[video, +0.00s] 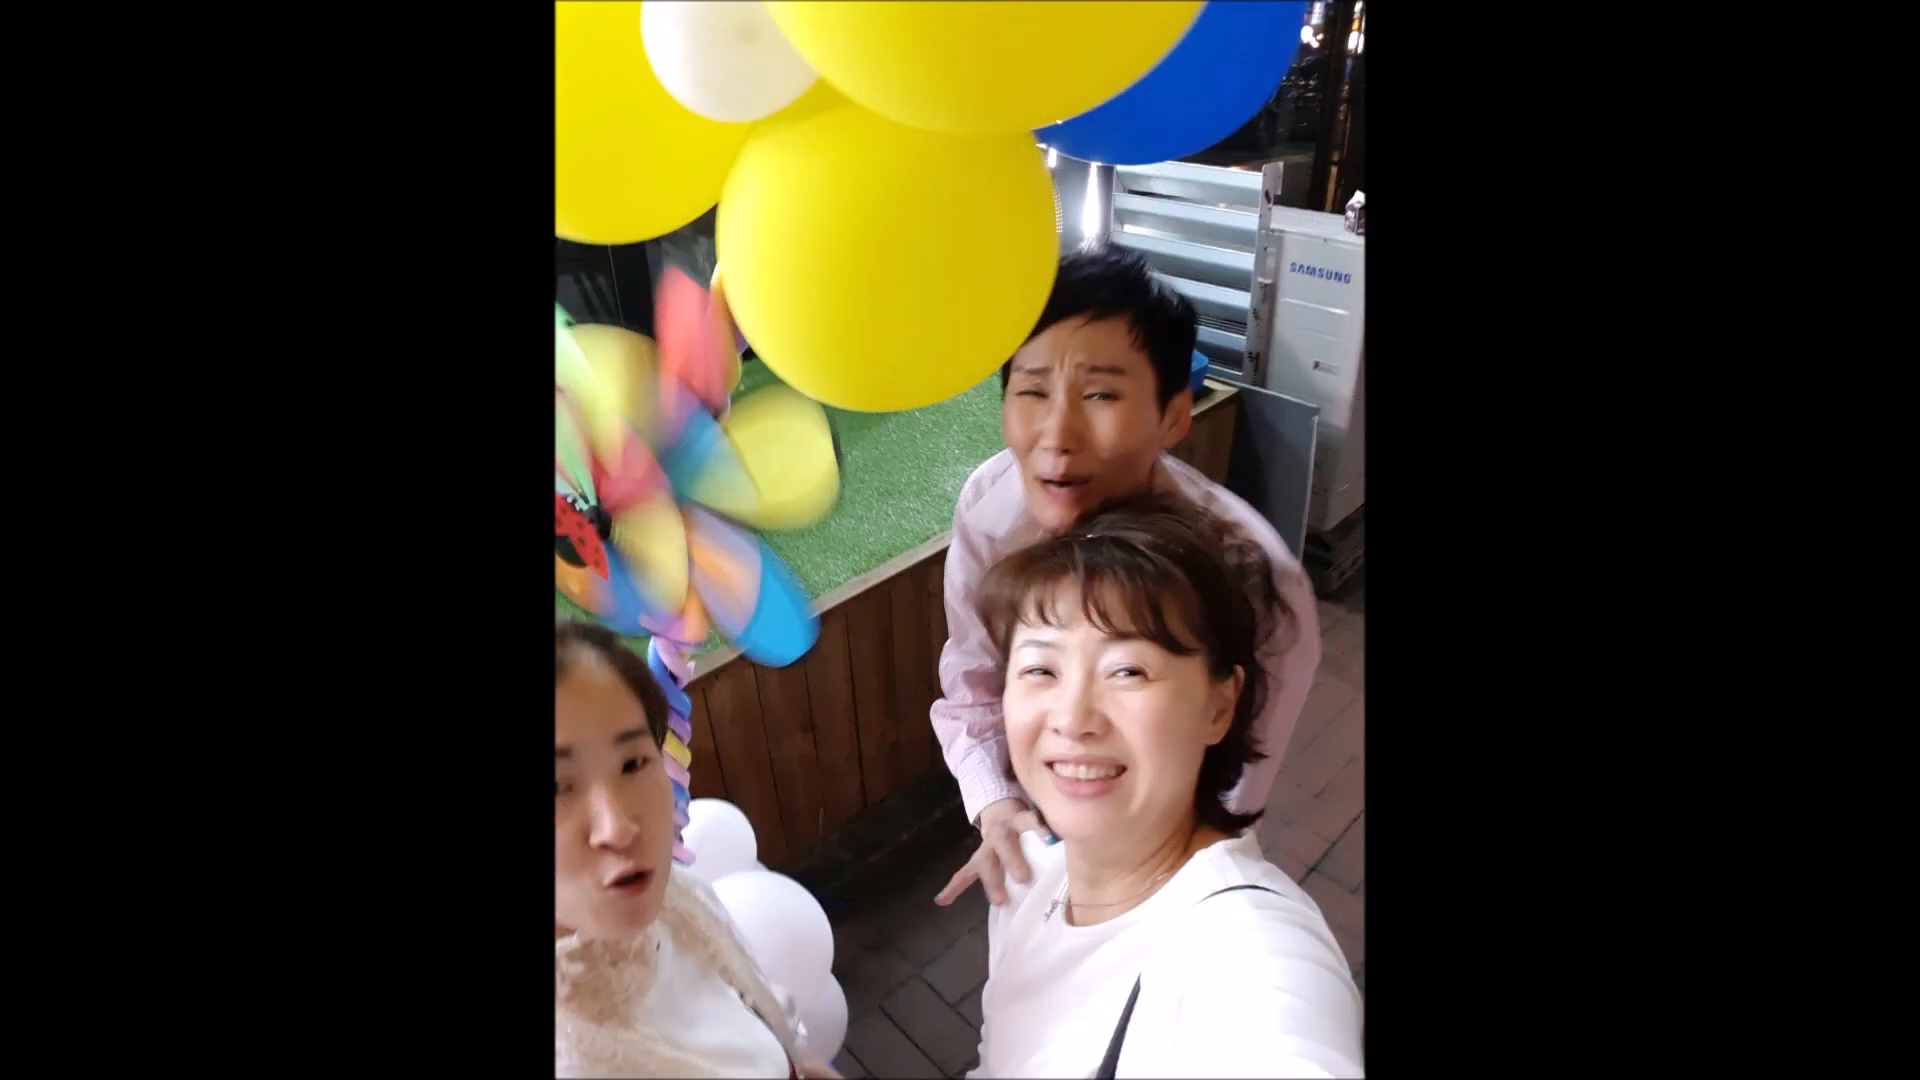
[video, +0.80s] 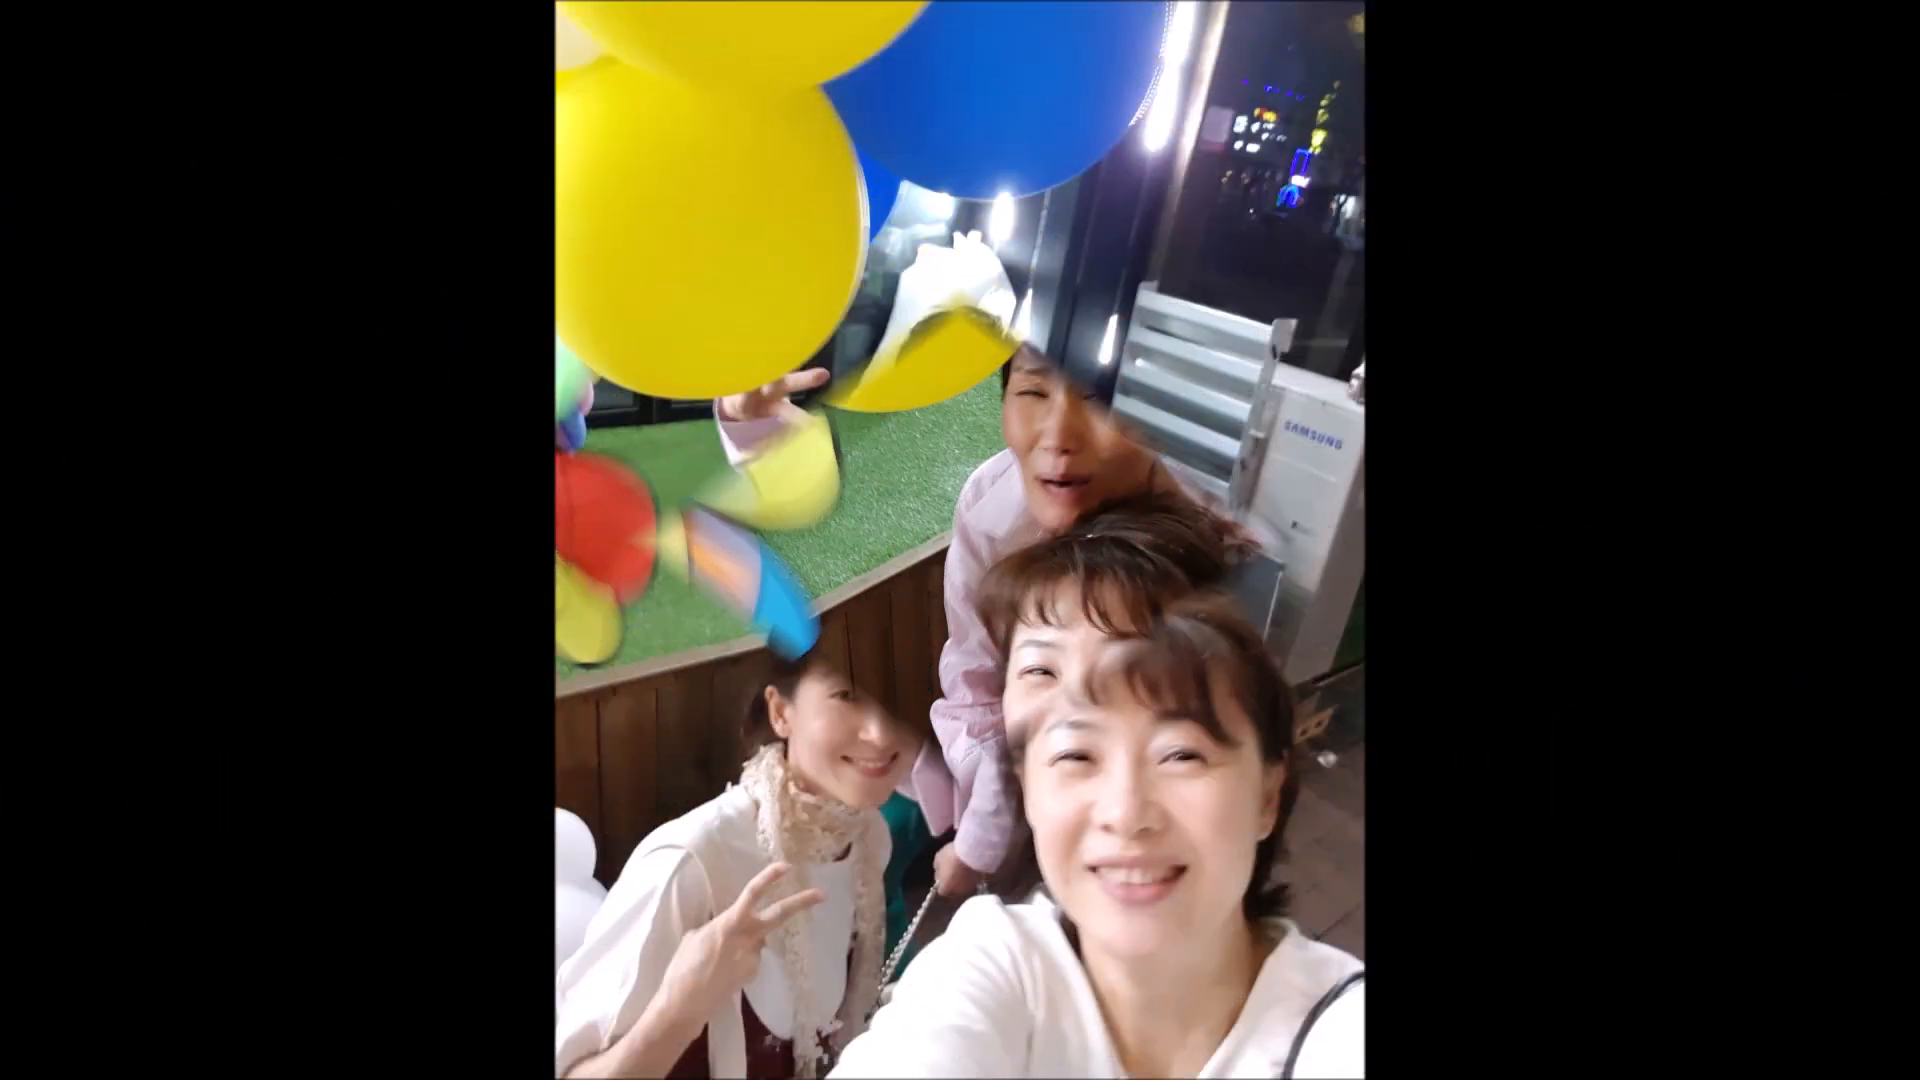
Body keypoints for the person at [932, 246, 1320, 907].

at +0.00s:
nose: (1057, 435)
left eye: (1101, 395)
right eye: (1033, 393)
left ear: (1174, 419)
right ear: (1004, 407)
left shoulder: (1253, 576)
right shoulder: (990, 504)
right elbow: (967, 677)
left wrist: (1224, 819)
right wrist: (992, 803)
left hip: (1176, 818)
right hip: (1040, 807)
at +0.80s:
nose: (1058, 439)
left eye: (1103, 400)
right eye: (1033, 392)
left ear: (1165, 418)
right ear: (1003, 402)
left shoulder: (1219, 563)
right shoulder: (989, 504)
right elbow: (971, 684)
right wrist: (983, 840)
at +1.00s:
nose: (937, 469)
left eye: (971, 438)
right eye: (917, 435)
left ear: (1030, 448)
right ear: (895, 433)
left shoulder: (1058, 603)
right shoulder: (868, 469)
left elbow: (1024, 755)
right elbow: (771, 446)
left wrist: (974, 855)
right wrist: (749, 411)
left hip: (950, 817)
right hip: (844, 772)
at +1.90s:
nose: (937, 468)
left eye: (972, 438)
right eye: (917, 435)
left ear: (1030, 450)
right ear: (896, 434)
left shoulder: (1062, 608)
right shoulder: (866, 469)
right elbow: (762, 442)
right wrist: (749, 405)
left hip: (970, 834)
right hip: (832, 801)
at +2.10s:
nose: (943, 489)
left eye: (952, 482)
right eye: (935, 483)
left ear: (965, 490)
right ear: (923, 492)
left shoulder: (984, 546)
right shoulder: (904, 546)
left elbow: (1013, 608)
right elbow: (892, 602)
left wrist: (1033, 668)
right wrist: (886, 646)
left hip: (968, 675)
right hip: (917, 675)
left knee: (949, 767)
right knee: (909, 773)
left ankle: (963, 857)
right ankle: (939, 865)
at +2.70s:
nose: (961, 491)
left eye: (969, 484)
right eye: (953, 485)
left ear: (981, 491)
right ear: (941, 493)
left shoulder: (1001, 540)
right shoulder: (926, 546)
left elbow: (1031, 596)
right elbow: (915, 601)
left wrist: (1014, 621)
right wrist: (906, 638)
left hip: (999, 661)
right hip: (951, 659)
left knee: (994, 749)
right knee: (975, 736)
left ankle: (982, 839)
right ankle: (960, 824)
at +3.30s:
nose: (972, 490)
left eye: (979, 482)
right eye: (963, 484)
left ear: (991, 489)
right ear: (952, 492)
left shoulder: (1012, 539)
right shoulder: (939, 543)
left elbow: (1048, 590)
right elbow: (938, 604)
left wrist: (1072, 634)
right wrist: (955, 604)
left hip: (994, 663)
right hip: (946, 659)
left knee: (988, 754)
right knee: (928, 743)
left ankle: (978, 841)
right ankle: (894, 819)